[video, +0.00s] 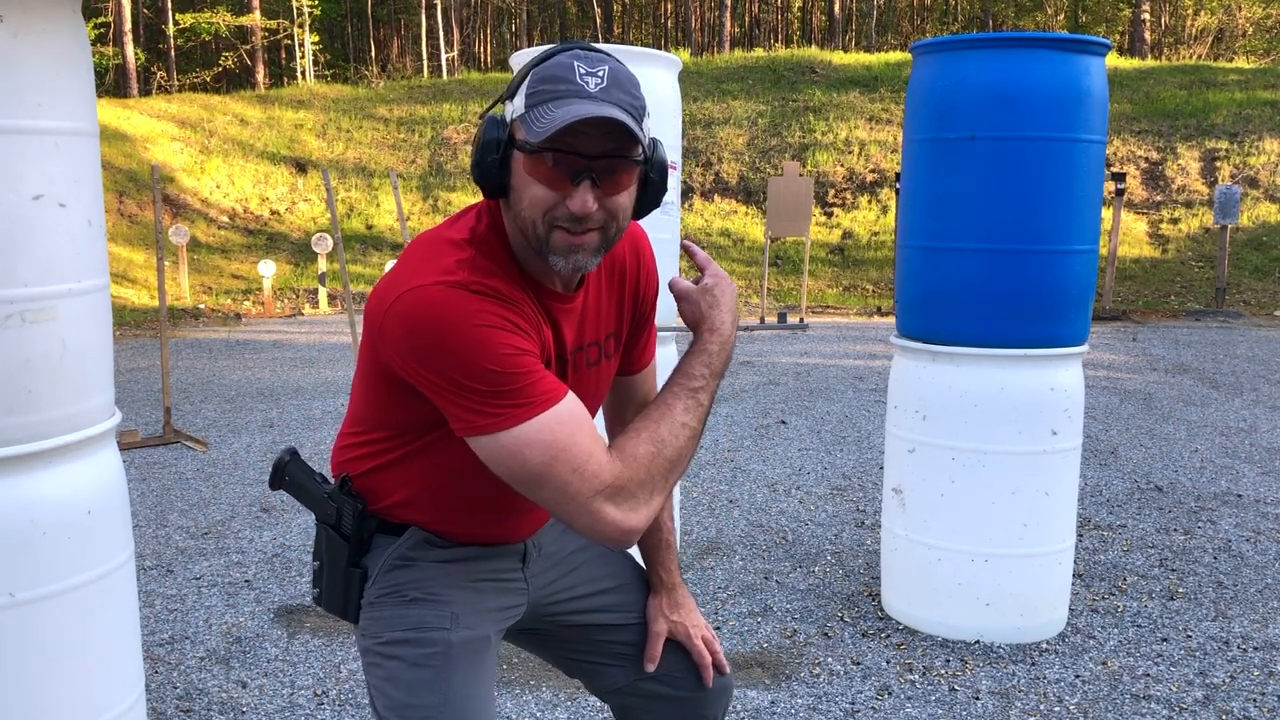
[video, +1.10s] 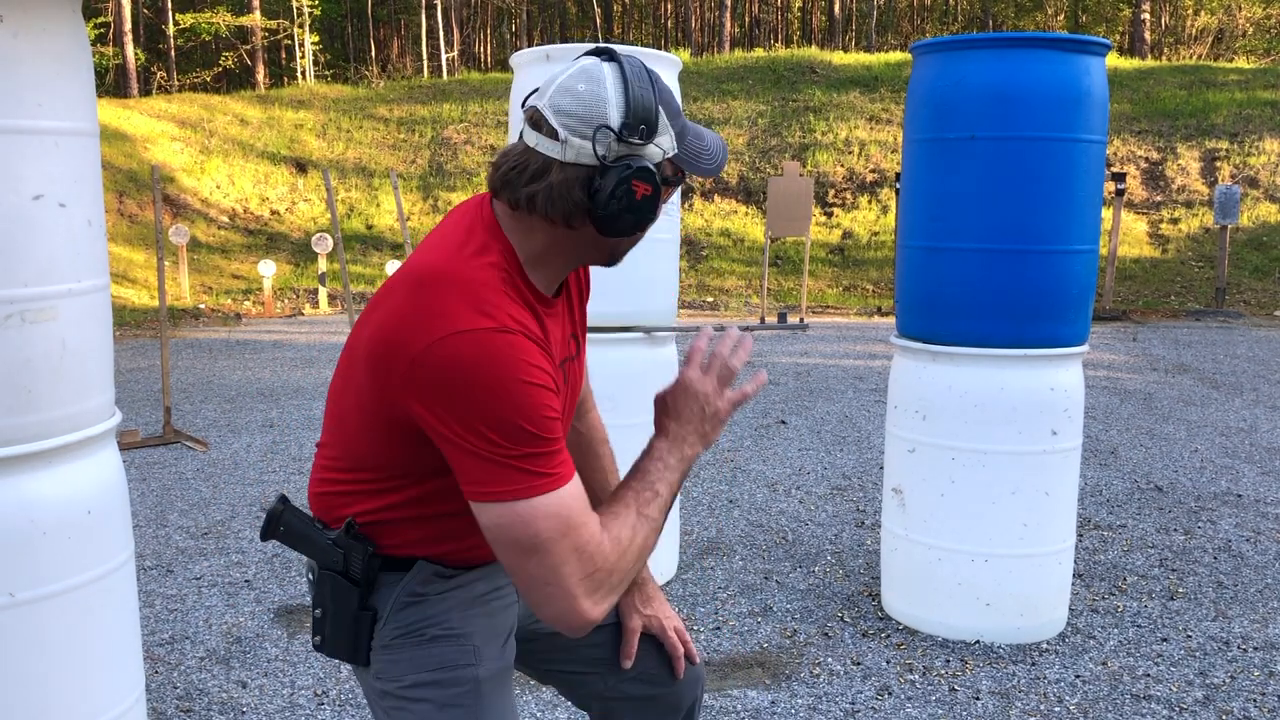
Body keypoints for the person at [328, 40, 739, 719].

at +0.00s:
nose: (583, 200)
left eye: (610, 168)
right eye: (557, 164)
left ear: (641, 176)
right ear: (504, 162)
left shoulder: (628, 256)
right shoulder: (441, 303)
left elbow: (635, 424)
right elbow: (615, 508)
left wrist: (667, 581)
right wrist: (714, 338)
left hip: (552, 536)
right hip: (427, 560)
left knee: (695, 686)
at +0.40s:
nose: (601, 201)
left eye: (628, 170)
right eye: (576, 164)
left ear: (658, 177)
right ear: (520, 159)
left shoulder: (642, 259)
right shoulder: (456, 300)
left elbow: (652, 422)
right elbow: (573, 539)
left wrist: (677, 583)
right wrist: (707, 400)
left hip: (554, 530)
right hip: (432, 554)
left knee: (701, 689)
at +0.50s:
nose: (609, 192)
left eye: (635, 162)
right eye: (584, 157)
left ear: (663, 170)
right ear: (527, 153)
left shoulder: (647, 255)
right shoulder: (461, 300)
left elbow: (653, 410)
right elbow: (497, 566)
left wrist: (678, 581)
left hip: (549, 515)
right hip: (426, 541)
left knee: (699, 690)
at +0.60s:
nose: (611, 186)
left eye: (636, 156)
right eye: (586, 151)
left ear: (664, 166)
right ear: (528, 148)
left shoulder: (649, 252)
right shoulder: (457, 298)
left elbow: (654, 408)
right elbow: (431, 561)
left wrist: (682, 582)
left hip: (560, 527)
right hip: (438, 559)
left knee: (707, 687)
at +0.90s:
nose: (676, 194)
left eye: (678, 170)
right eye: (660, 169)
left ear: (584, 174)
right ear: (582, 170)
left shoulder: (601, 259)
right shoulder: (439, 317)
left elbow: (620, 413)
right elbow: (436, 591)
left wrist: (665, 574)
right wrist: (644, 606)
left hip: (537, 531)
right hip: (428, 569)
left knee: (694, 682)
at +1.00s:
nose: (671, 204)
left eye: (674, 186)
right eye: (669, 186)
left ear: (616, 191)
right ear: (619, 193)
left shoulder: (570, 256)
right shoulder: (457, 328)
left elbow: (595, 419)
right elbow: (510, 605)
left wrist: (647, 573)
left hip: (518, 518)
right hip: (411, 562)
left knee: (674, 685)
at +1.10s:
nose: (665, 204)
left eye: (668, 187)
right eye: (663, 187)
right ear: (620, 196)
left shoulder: (543, 248)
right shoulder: (476, 335)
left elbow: (576, 415)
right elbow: (577, 596)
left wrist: (628, 571)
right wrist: (677, 441)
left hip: (513, 545)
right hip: (421, 582)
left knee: (662, 684)